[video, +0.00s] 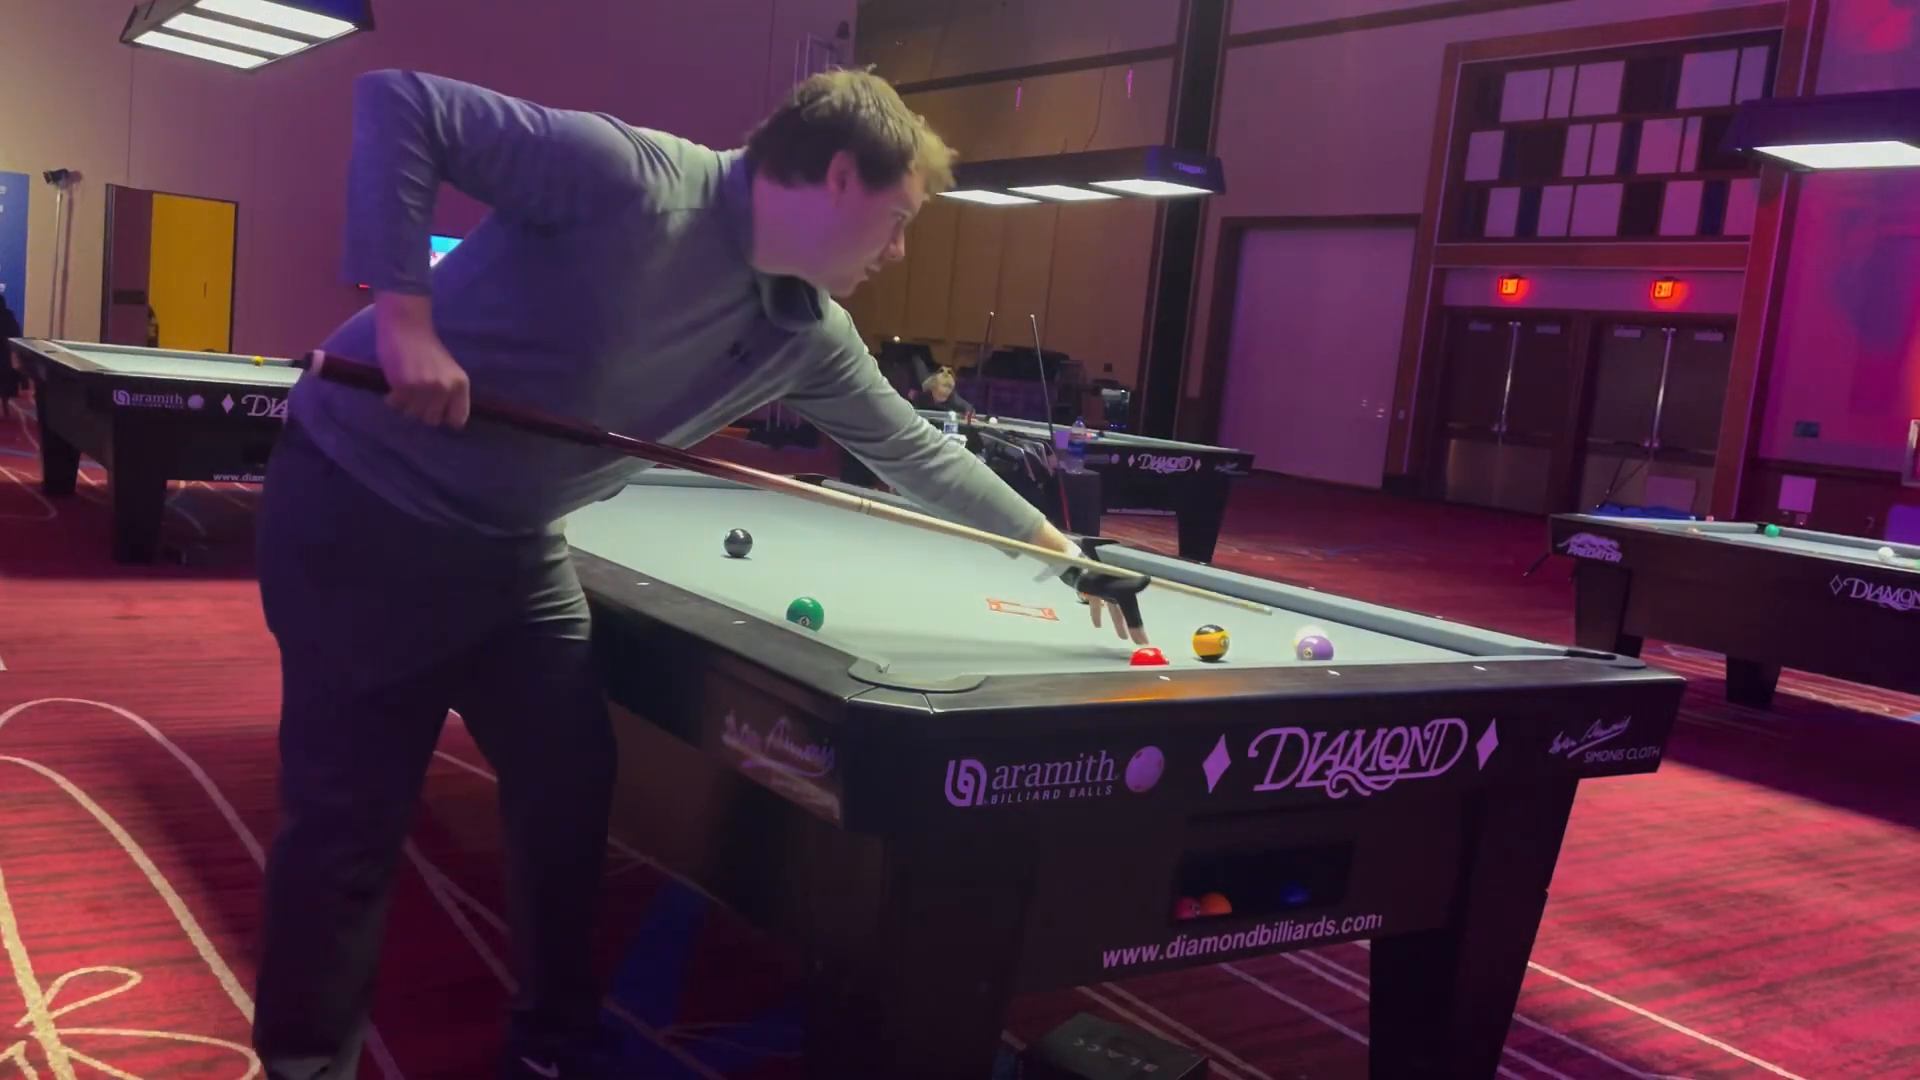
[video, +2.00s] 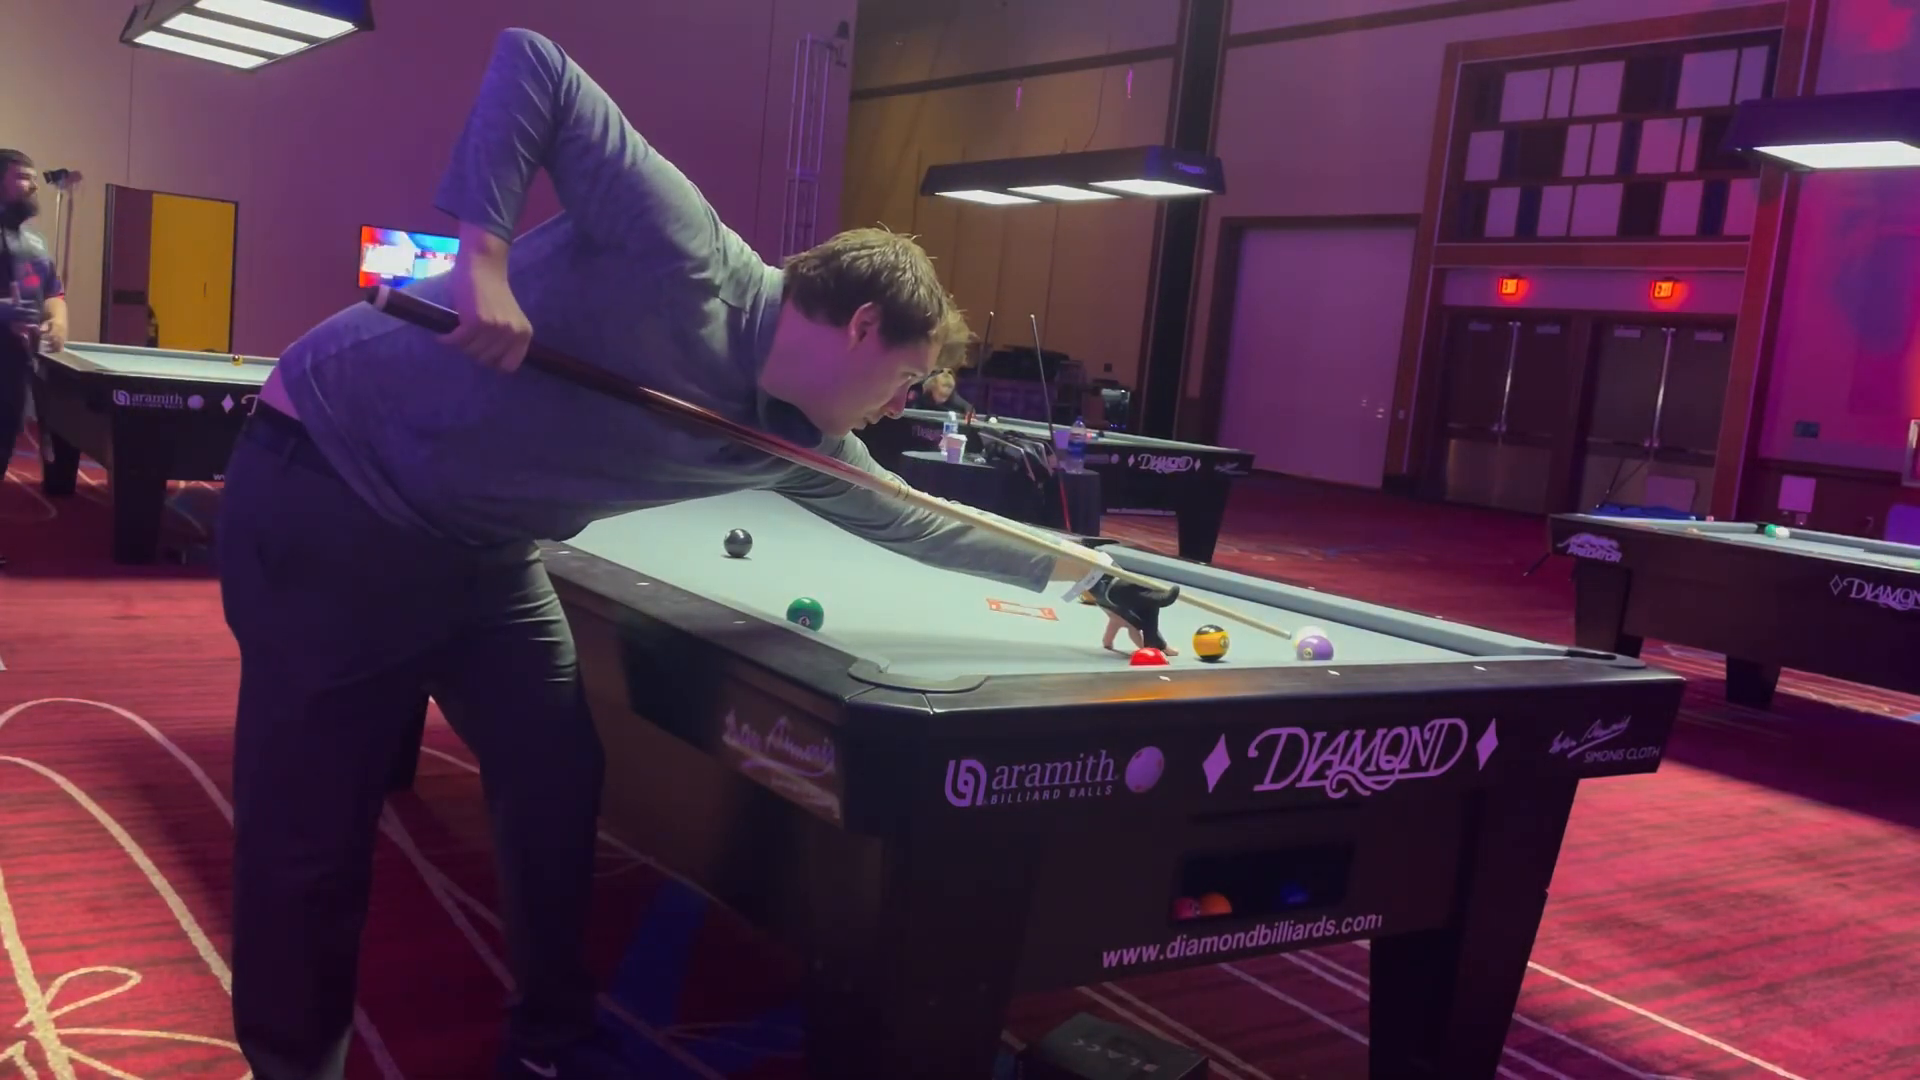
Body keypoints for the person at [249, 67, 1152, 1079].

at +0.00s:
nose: (898, 244)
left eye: (908, 222)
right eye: (900, 214)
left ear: (837, 187)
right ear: (837, 180)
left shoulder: (806, 333)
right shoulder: (630, 179)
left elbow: (918, 450)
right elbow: (402, 103)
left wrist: (1066, 557)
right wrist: (400, 310)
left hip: (514, 537)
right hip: (370, 499)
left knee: (568, 775)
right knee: (346, 821)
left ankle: (553, 1036)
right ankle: (304, 1060)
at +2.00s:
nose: (891, 414)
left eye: (908, 396)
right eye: (903, 385)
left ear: (852, 337)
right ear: (861, 328)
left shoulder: (782, 434)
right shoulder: (680, 243)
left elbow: (909, 519)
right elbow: (531, 68)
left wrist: (1064, 561)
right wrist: (478, 255)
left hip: (483, 529)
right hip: (329, 476)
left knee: (553, 757)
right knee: (311, 818)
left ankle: (549, 1031)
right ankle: (292, 1056)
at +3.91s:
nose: (892, 431)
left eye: (909, 412)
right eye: (903, 400)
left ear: (853, 350)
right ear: (857, 340)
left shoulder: (786, 437)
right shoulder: (682, 248)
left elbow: (909, 524)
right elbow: (537, 73)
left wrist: (1063, 562)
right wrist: (453, 248)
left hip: (485, 533)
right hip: (333, 476)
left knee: (553, 764)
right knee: (311, 825)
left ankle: (547, 1033)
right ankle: (293, 1057)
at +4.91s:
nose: (888, 245)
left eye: (899, 223)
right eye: (883, 212)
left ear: (818, 187)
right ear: (810, 171)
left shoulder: (775, 320)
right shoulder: (631, 184)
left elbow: (879, 412)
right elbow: (393, 187)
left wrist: (1031, 480)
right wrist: (501, 364)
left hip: (488, 526)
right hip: (345, 488)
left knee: (547, 773)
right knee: (340, 820)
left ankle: (552, 1030)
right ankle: (304, 1063)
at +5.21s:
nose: (774, 154)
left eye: (800, 132)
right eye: (762, 113)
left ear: (814, 127)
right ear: (687, 61)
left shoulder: (722, 221)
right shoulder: (544, 122)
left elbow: (819, 293)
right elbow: (318, 197)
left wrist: (965, 326)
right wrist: (473, 346)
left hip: (507, 525)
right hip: (363, 501)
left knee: (558, 776)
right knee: (376, 802)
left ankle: (548, 1038)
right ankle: (312, 1063)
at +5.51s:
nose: (702, 63)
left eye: (730, 37)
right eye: (682, 21)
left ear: (745, 44)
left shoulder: (677, 165)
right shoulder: (469, 96)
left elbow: (717, 261)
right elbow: (261, 227)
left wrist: (872, 294)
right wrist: (439, 352)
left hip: (520, 522)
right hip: (375, 514)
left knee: (551, 791)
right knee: (390, 805)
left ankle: (548, 1032)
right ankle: (317, 1060)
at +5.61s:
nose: (630, 6)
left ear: (676, 12)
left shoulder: (643, 128)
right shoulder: (415, 81)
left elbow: (640, 272)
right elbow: (220, 222)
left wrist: (750, 342)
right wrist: (402, 345)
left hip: (526, 525)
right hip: (374, 522)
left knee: (545, 803)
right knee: (395, 818)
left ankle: (549, 1034)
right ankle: (320, 1064)